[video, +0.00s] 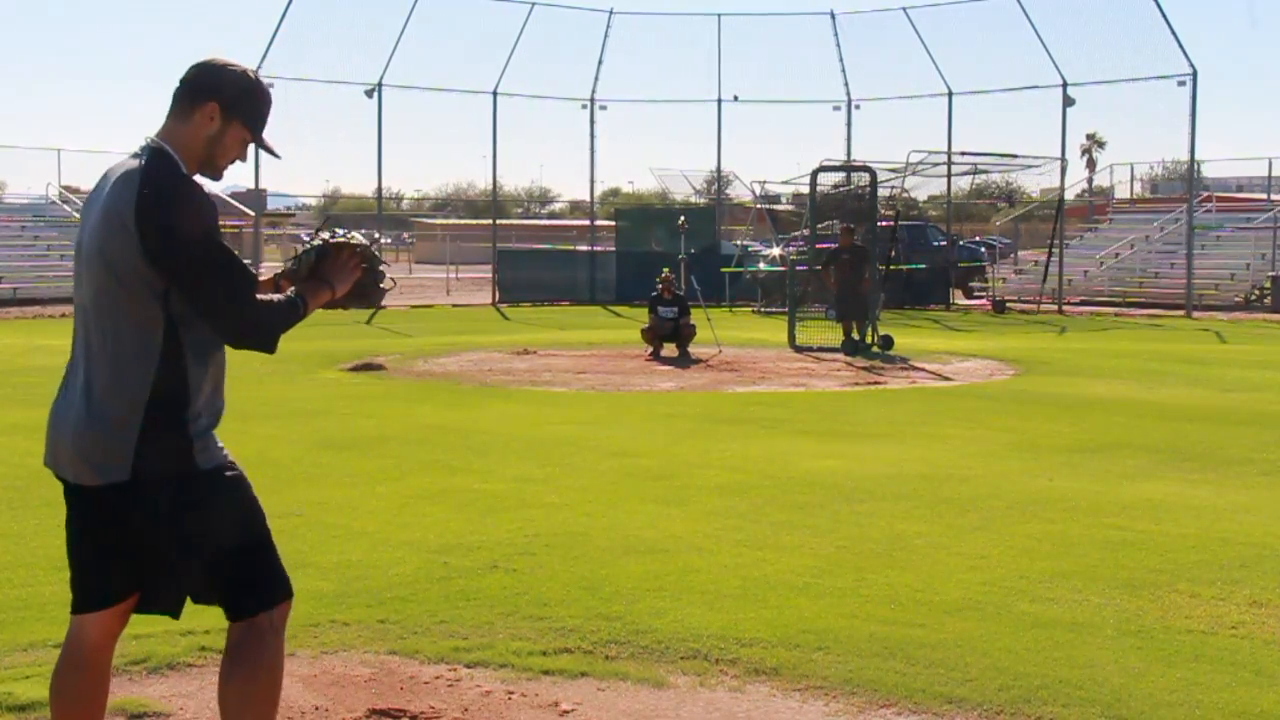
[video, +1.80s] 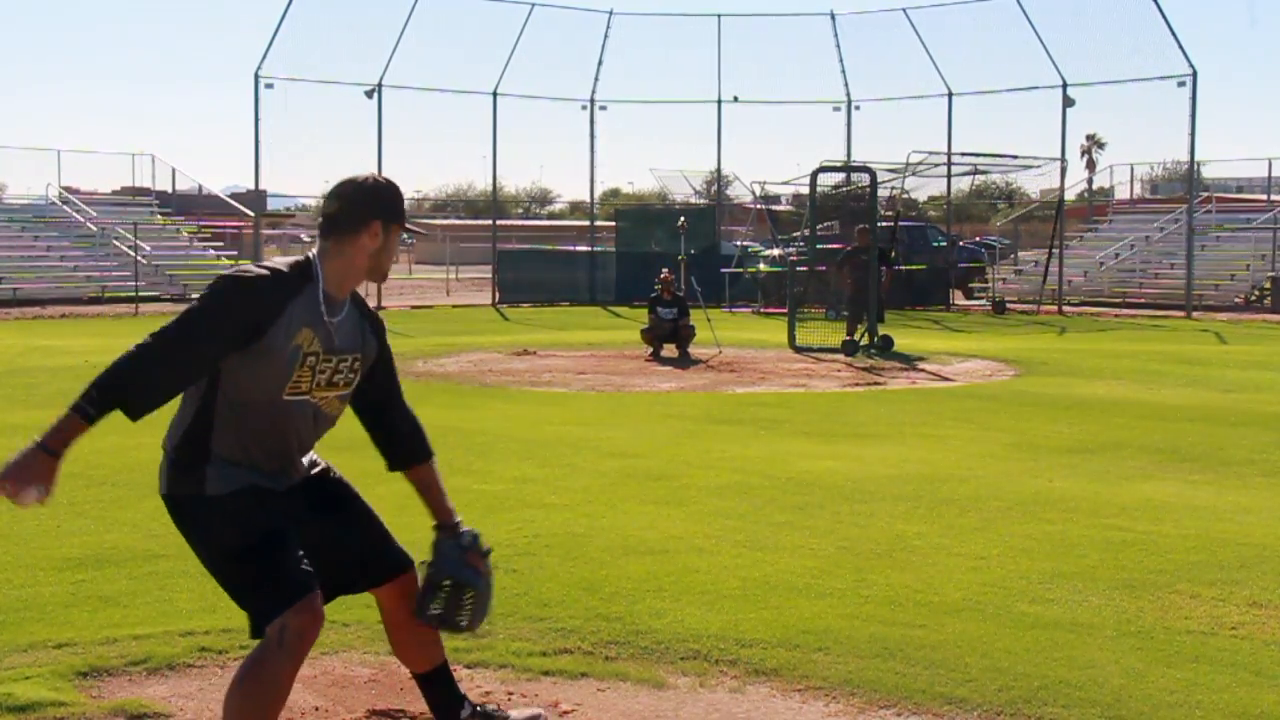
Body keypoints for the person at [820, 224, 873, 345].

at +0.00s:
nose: (845, 239)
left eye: (848, 236)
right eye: (843, 236)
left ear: (853, 237)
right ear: (840, 237)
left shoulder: (862, 251)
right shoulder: (835, 252)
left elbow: (870, 268)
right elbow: (824, 268)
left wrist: (868, 281)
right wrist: (830, 283)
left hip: (859, 286)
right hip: (842, 287)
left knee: (861, 316)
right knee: (845, 316)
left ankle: (862, 339)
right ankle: (847, 340)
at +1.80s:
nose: (863, 238)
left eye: (866, 235)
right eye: (861, 235)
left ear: (870, 236)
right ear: (856, 237)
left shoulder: (877, 251)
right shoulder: (851, 252)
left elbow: (889, 266)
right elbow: (839, 267)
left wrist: (886, 282)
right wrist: (845, 281)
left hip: (873, 287)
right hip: (856, 287)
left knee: (873, 317)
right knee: (853, 316)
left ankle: (872, 343)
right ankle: (849, 340)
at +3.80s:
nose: (867, 238)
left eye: (870, 235)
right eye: (865, 235)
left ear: (876, 236)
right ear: (863, 237)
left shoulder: (885, 251)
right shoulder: (859, 252)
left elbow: (897, 266)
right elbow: (848, 267)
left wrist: (890, 284)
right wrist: (854, 282)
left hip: (878, 288)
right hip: (861, 288)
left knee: (876, 317)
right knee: (857, 315)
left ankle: (874, 339)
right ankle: (862, 337)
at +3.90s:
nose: (867, 237)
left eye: (870, 234)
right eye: (865, 234)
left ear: (876, 236)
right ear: (863, 236)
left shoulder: (885, 251)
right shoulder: (858, 252)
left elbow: (897, 266)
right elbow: (850, 267)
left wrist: (890, 284)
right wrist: (854, 281)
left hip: (878, 287)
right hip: (862, 287)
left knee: (876, 315)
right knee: (858, 314)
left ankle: (875, 337)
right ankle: (866, 336)